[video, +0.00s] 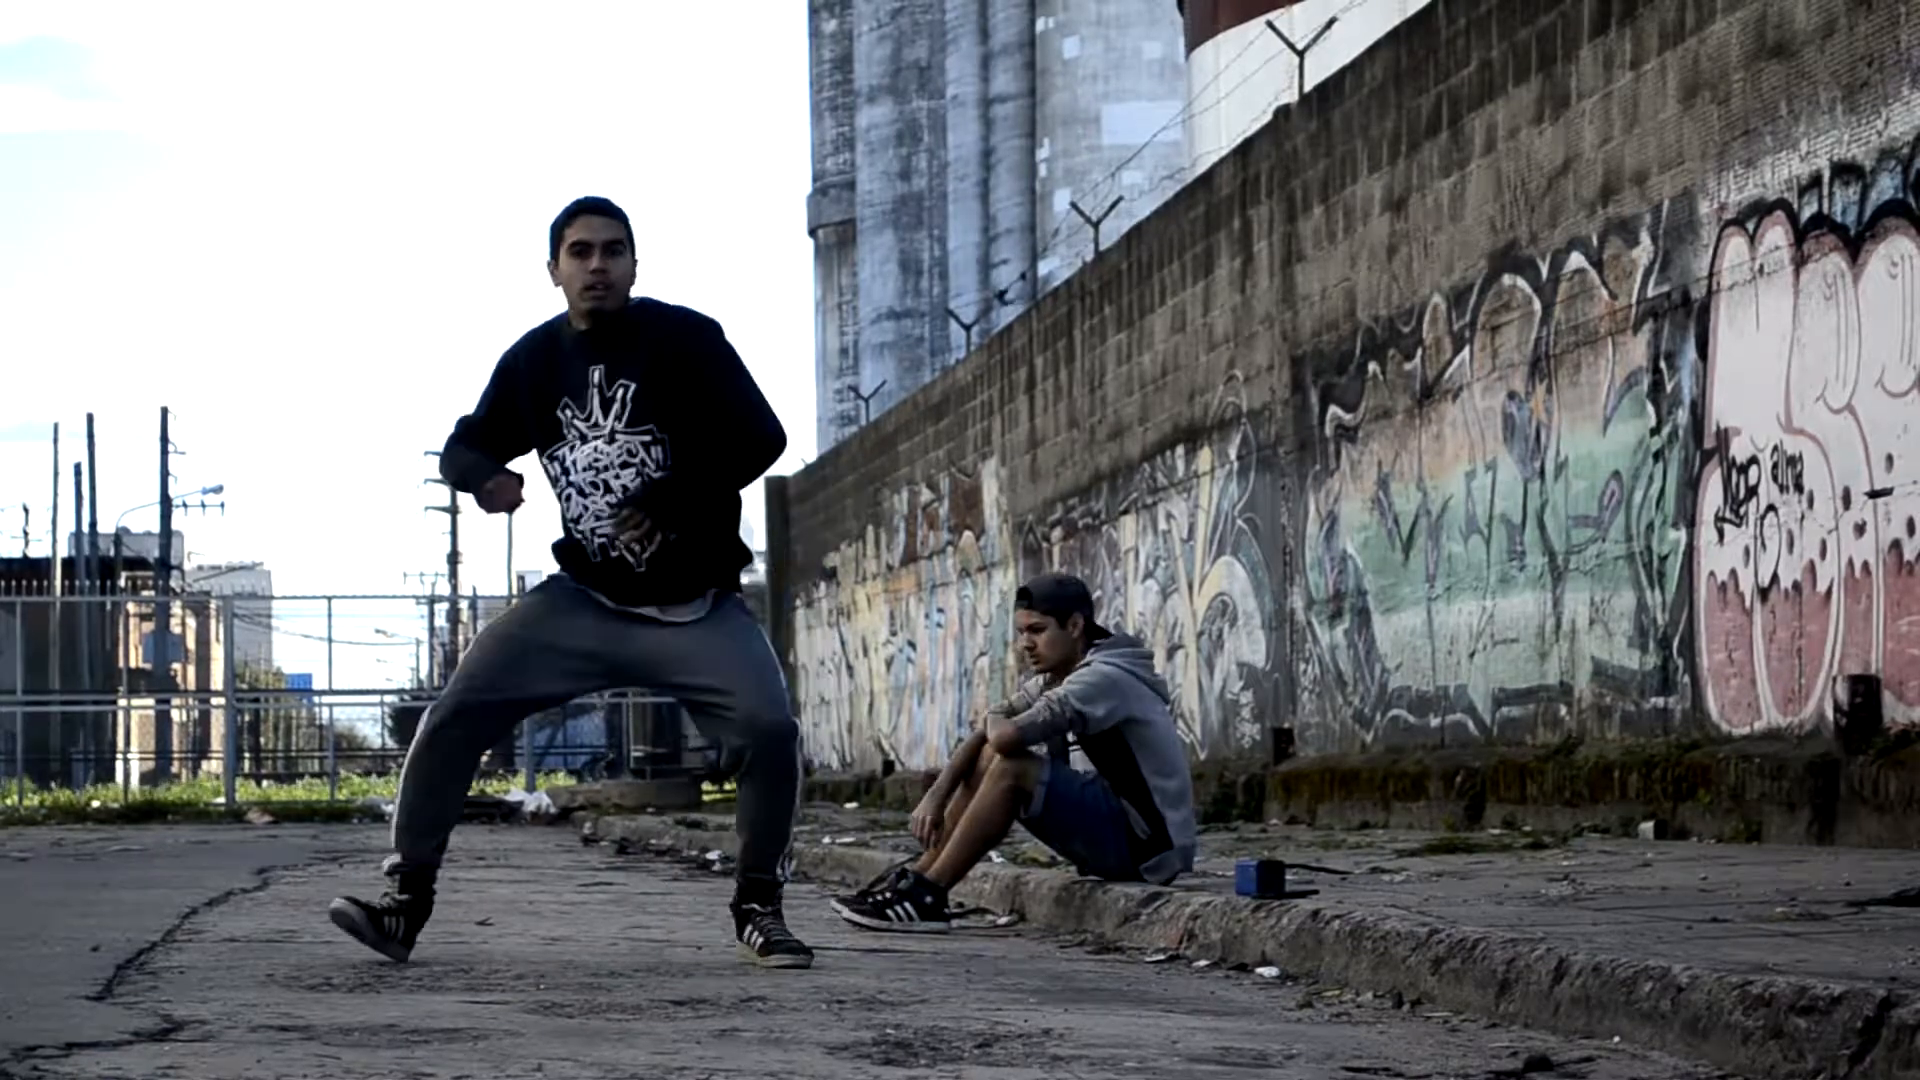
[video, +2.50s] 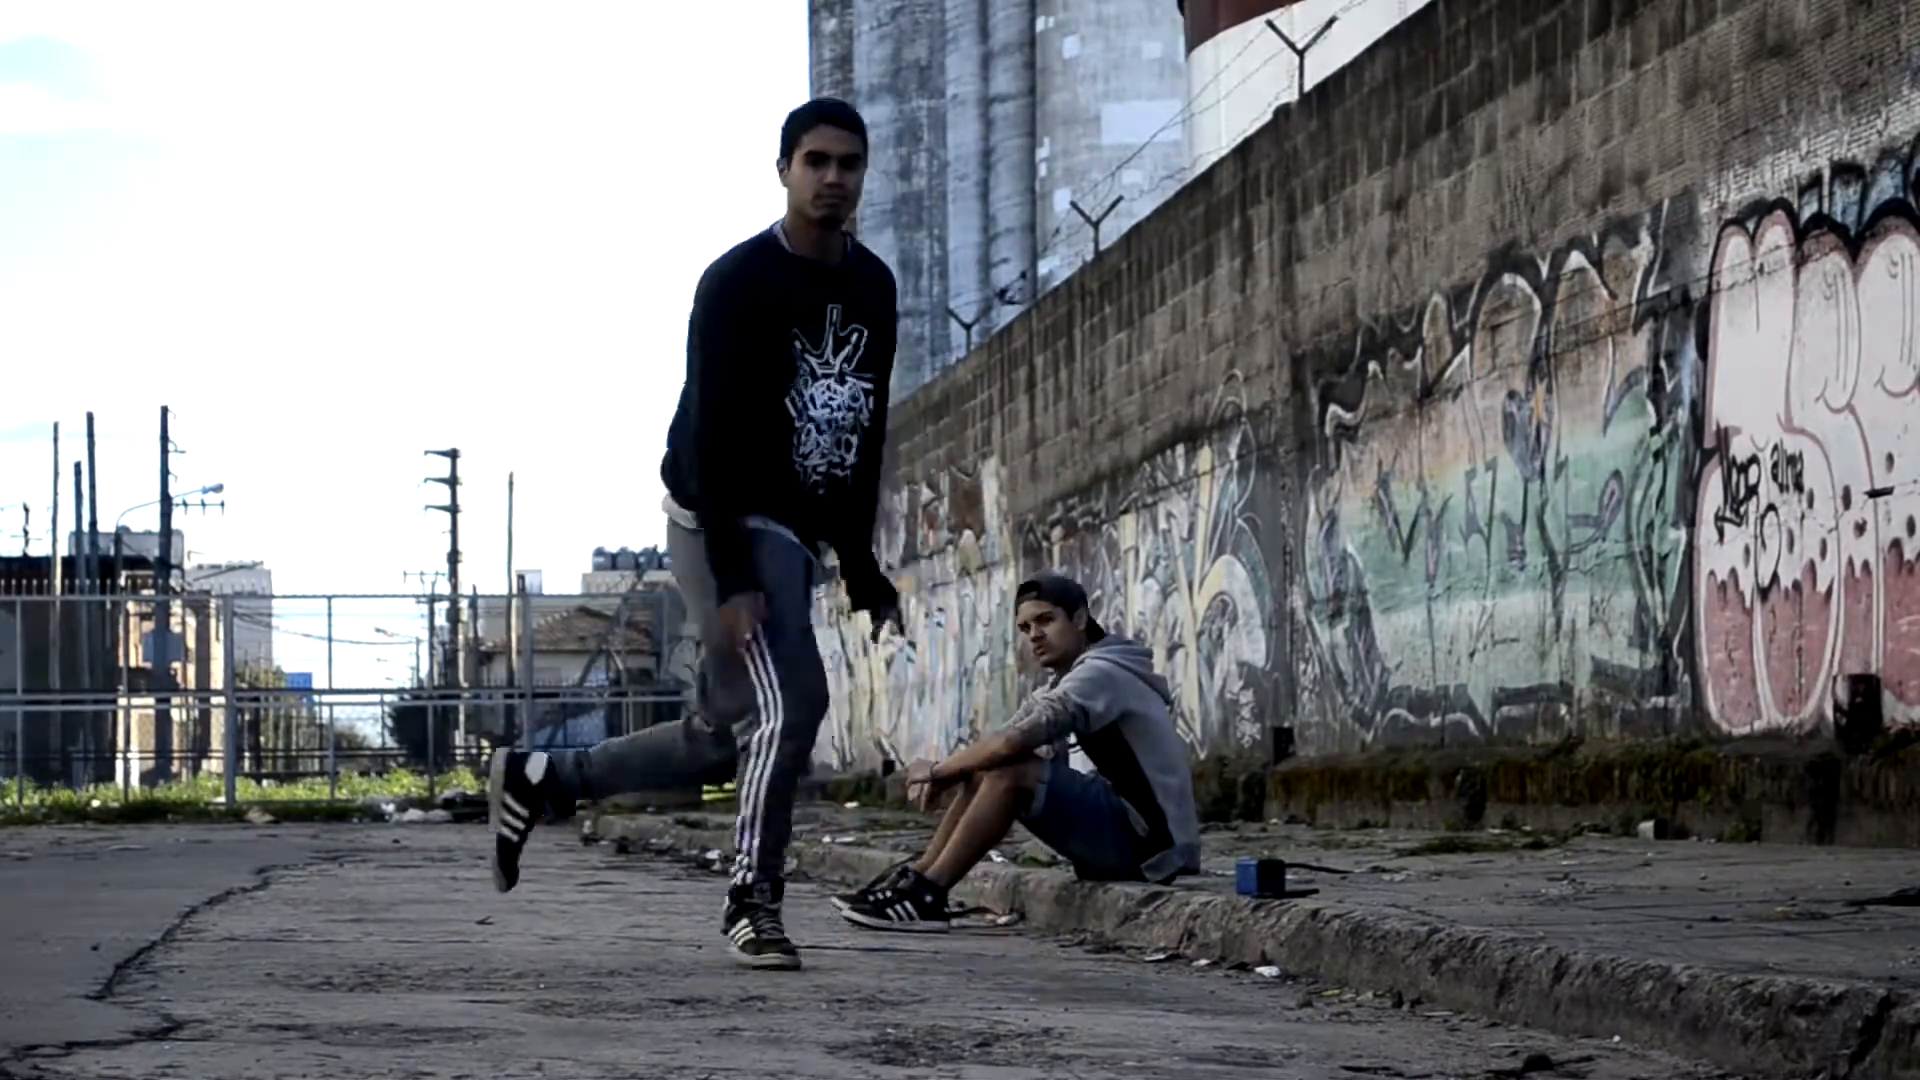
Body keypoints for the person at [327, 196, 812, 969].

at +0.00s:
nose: (598, 266)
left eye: (613, 251)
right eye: (581, 252)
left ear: (635, 263)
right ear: (555, 270)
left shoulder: (690, 341)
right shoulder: (533, 363)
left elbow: (762, 437)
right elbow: (465, 448)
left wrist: (671, 501)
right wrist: (482, 473)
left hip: (701, 611)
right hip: (583, 604)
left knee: (772, 731)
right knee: (456, 710)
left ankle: (760, 910)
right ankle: (405, 902)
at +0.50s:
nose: (674, 351)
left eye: (685, 338)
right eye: (656, 335)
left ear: (693, 349)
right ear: (616, 340)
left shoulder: (659, 480)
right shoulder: (585, 386)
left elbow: (681, 593)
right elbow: (510, 481)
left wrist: (778, 530)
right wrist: (538, 601)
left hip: (658, 664)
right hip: (550, 669)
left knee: (797, 738)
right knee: (489, 816)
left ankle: (747, 916)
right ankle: (406, 920)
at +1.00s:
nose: (597, 192)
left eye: (608, 177)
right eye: (579, 177)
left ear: (620, 185)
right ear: (542, 188)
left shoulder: (681, 283)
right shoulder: (507, 292)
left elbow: (762, 383)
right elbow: (409, 407)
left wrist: (716, 451)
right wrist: (501, 468)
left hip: (670, 557)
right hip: (549, 554)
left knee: (715, 715)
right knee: (475, 696)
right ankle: (442, 837)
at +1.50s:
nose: (666, 222)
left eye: (678, 210)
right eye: (648, 212)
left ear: (697, 225)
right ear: (619, 234)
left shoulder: (754, 300)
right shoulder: (625, 365)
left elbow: (848, 369)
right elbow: (581, 483)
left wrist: (852, 453)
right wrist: (521, 430)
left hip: (801, 580)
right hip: (701, 588)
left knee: (790, 768)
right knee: (718, 728)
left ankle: (698, 843)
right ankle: (790, 907)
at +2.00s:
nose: (834, 284)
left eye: (845, 271)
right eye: (817, 267)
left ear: (852, 281)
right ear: (775, 271)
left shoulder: (851, 383)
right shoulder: (736, 373)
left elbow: (895, 497)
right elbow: (719, 518)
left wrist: (965, 504)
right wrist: (758, 417)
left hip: (965, 579)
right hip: (879, 591)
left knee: (1055, 741)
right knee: (884, 771)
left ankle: (982, 919)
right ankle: (776, 896)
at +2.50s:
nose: (836, 179)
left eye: (851, 164)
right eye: (818, 161)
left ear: (865, 176)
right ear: (785, 171)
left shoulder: (872, 286)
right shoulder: (738, 281)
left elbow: (863, 434)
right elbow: (710, 435)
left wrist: (858, 559)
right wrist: (730, 582)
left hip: (793, 526)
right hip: (727, 516)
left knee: (719, 739)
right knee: (794, 703)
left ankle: (539, 779)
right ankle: (754, 902)